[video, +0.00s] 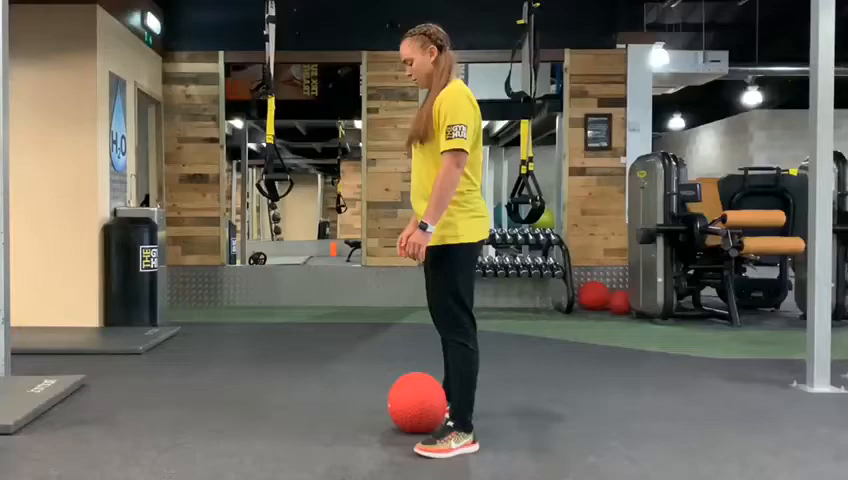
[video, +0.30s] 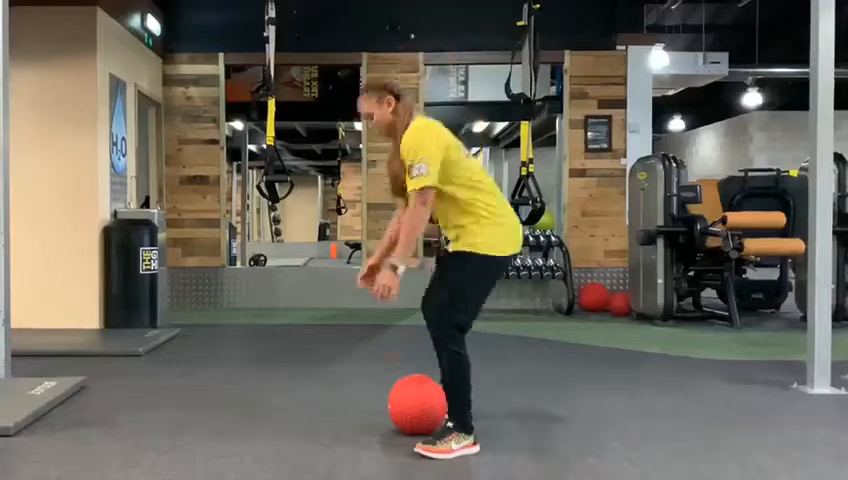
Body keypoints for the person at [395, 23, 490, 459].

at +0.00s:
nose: (406, 70)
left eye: (408, 61)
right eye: (404, 62)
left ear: (433, 53)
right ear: (427, 56)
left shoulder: (455, 97)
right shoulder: (439, 100)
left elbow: (455, 166)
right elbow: (435, 171)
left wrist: (425, 225)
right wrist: (416, 224)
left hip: (455, 232)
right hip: (442, 233)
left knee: (456, 326)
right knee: (448, 324)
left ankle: (462, 429)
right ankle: (454, 416)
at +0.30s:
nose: (368, 125)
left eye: (370, 116)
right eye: (365, 117)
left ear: (390, 104)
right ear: (390, 105)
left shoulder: (422, 135)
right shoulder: (411, 140)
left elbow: (422, 205)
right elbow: (406, 208)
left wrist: (395, 266)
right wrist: (380, 257)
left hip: (488, 236)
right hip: (470, 236)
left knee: (445, 320)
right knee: (434, 309)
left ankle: (462, 430)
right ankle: (455, 412)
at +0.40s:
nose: (358, 177)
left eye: (358, 168)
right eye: (355, 171)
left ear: (378, 157)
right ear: (376, 160)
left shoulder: (413, 187)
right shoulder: (401, 191)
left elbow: (415, 263)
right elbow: (403, 261)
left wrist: (396, 325)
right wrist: (381, 314)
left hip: (501, 257)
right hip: (479, 256)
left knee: (436, 325)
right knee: (423, 314)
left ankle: (462, 433)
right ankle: (452, 416)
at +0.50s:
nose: (351, 228)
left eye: (351, 220)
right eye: (347, 222)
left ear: (369, 208)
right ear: (370, 210)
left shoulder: (407, 236)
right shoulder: (394, 239)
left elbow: (420, 307)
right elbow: (406, 309)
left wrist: (409, 374)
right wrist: (400, 365)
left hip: (505, 285)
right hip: (486, 282)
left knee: (429, 330)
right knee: (422, 320)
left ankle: (461, 432)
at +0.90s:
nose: (366, 181)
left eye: (370, 173)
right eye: (366, 173)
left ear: (393, 173)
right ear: (391, 174)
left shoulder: (418, 202)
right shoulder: (409, 203)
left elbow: (435, 271)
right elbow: (426, 265)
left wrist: (394, 303)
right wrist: (396, 299)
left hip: (507, 266)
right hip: (484, 265)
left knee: (442, 327)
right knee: (427, 313)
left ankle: (464, 435)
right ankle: (449, 404)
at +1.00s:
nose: (386, 130)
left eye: (392, 122)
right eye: (386, 123)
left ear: (417, 121)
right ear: (413, 123)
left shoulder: (436, 154)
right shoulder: (422, 158)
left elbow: (424, 219)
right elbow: (413, 216)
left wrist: (368, 222)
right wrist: (372, 232)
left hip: (496, 254)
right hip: (473, 252)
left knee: (437, 322)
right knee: (424, 311)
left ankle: (464, 434)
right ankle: (450, 401)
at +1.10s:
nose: (407, 96)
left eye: (412, 89)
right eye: (406, 90)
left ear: (436, 87)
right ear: (432, 88)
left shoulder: (453, 117)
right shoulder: (437, 123)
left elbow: (401, 156)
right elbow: (401, 166)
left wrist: (362, 124)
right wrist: (366, 138)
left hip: (477, 243)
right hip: (459, 241)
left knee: (432, 322)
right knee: (420, 314)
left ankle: (463, 433)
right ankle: (449, 401)